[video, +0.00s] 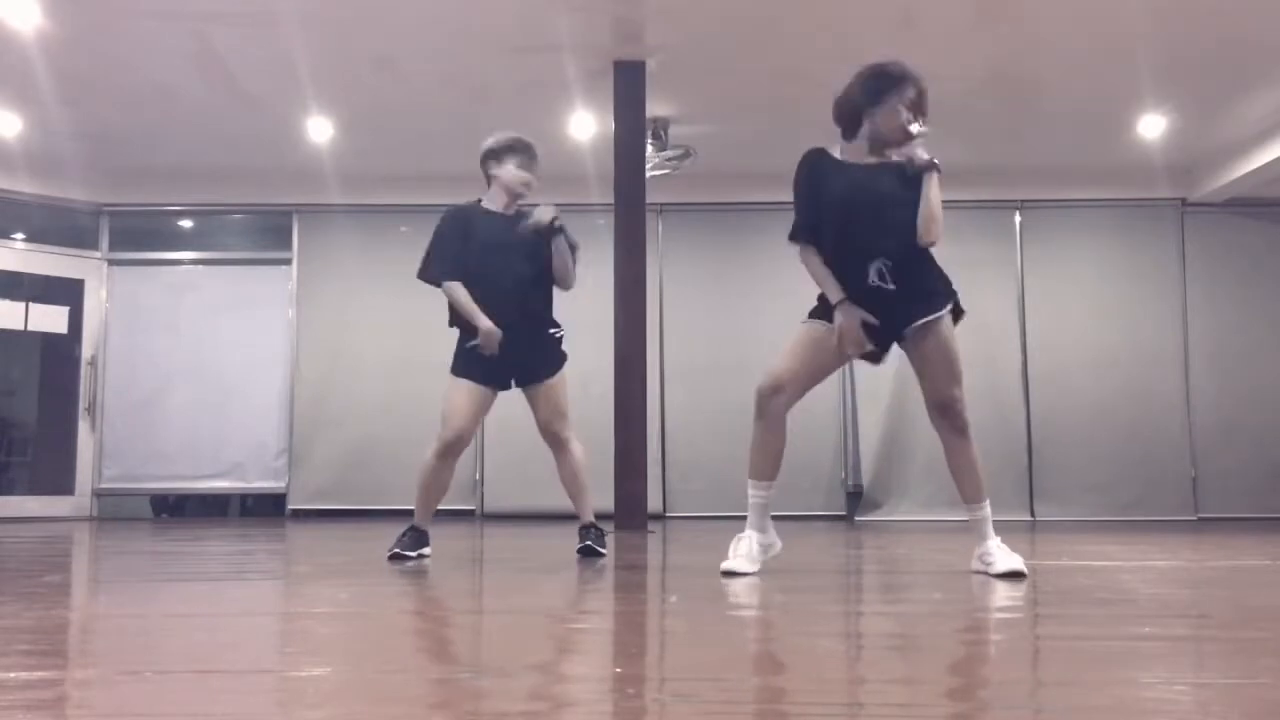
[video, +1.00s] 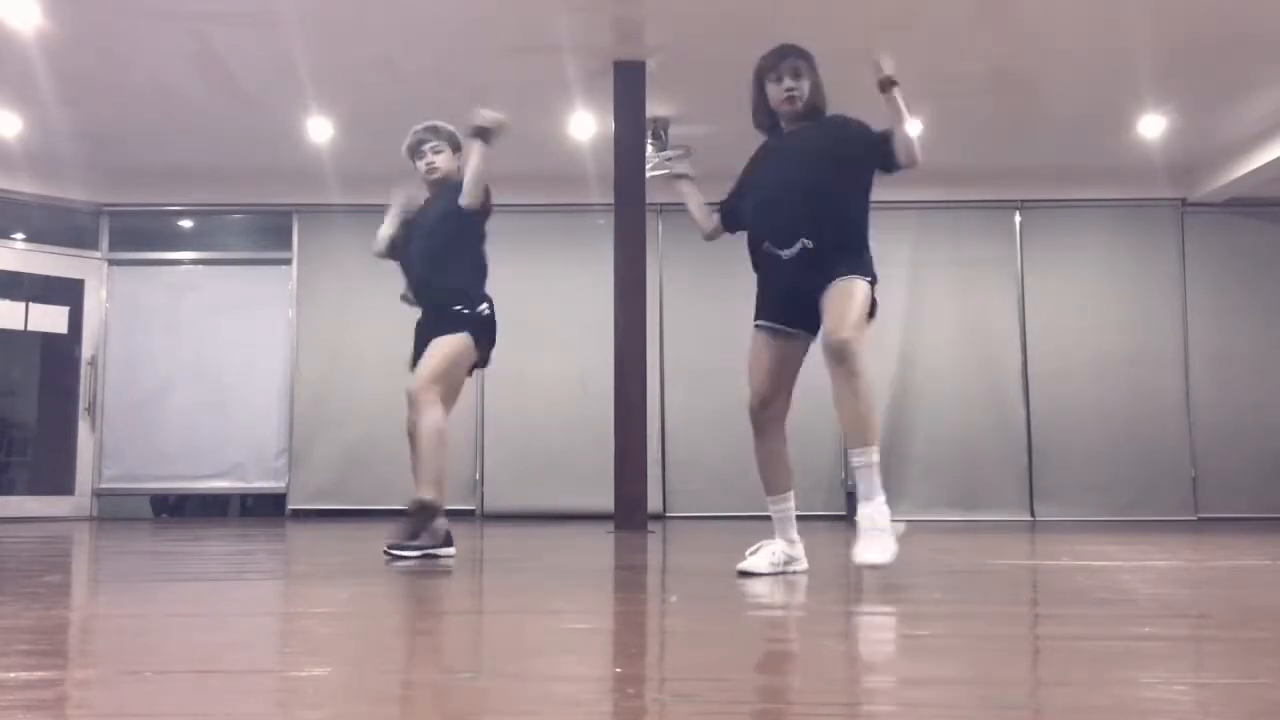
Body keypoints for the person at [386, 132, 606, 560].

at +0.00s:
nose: (527, 175)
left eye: (530, 169)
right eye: (518, 166)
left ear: (533, 176)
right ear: (491, 169)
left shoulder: (542, 225)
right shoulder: (460, 219)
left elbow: (566, 281)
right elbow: (448, 280)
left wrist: (553, 232)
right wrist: (483, 323)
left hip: (536, 344)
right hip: (479, 344)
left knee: (558, 432)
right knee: (451, 438)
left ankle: (589, 526)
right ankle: (418, 530)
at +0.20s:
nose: (536, 200)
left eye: (538, 194)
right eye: (533, 190)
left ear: (520, 191)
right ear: (507, 181)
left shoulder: (530, 242)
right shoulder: (459, 218)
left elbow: (561, 282)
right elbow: (448, 279)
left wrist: (552, 232)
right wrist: (484, 330)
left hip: (535, 345)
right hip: (482, 348)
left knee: (561, 435)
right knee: (455, 442)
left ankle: (589, 527)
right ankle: (418, 530)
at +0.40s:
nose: (492, 177)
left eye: (497, 169)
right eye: (481, 173)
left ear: (509, 174)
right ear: (467, 184)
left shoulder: (532, 226)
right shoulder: (452, 222)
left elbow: (576, 252)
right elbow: (438, 286)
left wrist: (546, 211)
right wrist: (464, 333)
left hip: (531, 345)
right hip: (476, 347)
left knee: (557, 433)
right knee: (445, 441)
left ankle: (588, 527)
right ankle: (417, 530)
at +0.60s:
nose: (446, 172)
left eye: (453, 164)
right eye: (436, 171)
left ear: (470, 170)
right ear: (430, 188)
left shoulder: (496, 192)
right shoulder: (440, 241)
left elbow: (514, 230)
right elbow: (438, 300)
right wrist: (447, 321)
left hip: (528, 331)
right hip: (475, 339)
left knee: (557, 432)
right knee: (447, 431)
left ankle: (589, 526)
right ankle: (426, 530)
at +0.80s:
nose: (439, 171)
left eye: (447, 163)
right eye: (431, 167)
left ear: (467, 169)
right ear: (426, 179)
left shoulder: (470, 201)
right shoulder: (443, 222)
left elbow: (491, 234)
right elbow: (429, 274)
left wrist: (475, 290)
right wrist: (416, 305)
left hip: (485, 329)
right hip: (450, 334)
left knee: (505, 427)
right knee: (420, 429)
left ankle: (584, 502)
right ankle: (433, 532)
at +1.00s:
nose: (429, 158)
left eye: (438, 150)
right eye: (421, 155)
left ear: (459, 160)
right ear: (416, 168)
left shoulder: (465, 200)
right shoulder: (416, 216)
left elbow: (474, 178)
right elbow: (383, 248)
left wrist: (481, 139)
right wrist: (398, 212)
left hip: (468, 315)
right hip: (432, 320)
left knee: (424, 385)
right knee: (422, 417)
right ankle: (434, 527)